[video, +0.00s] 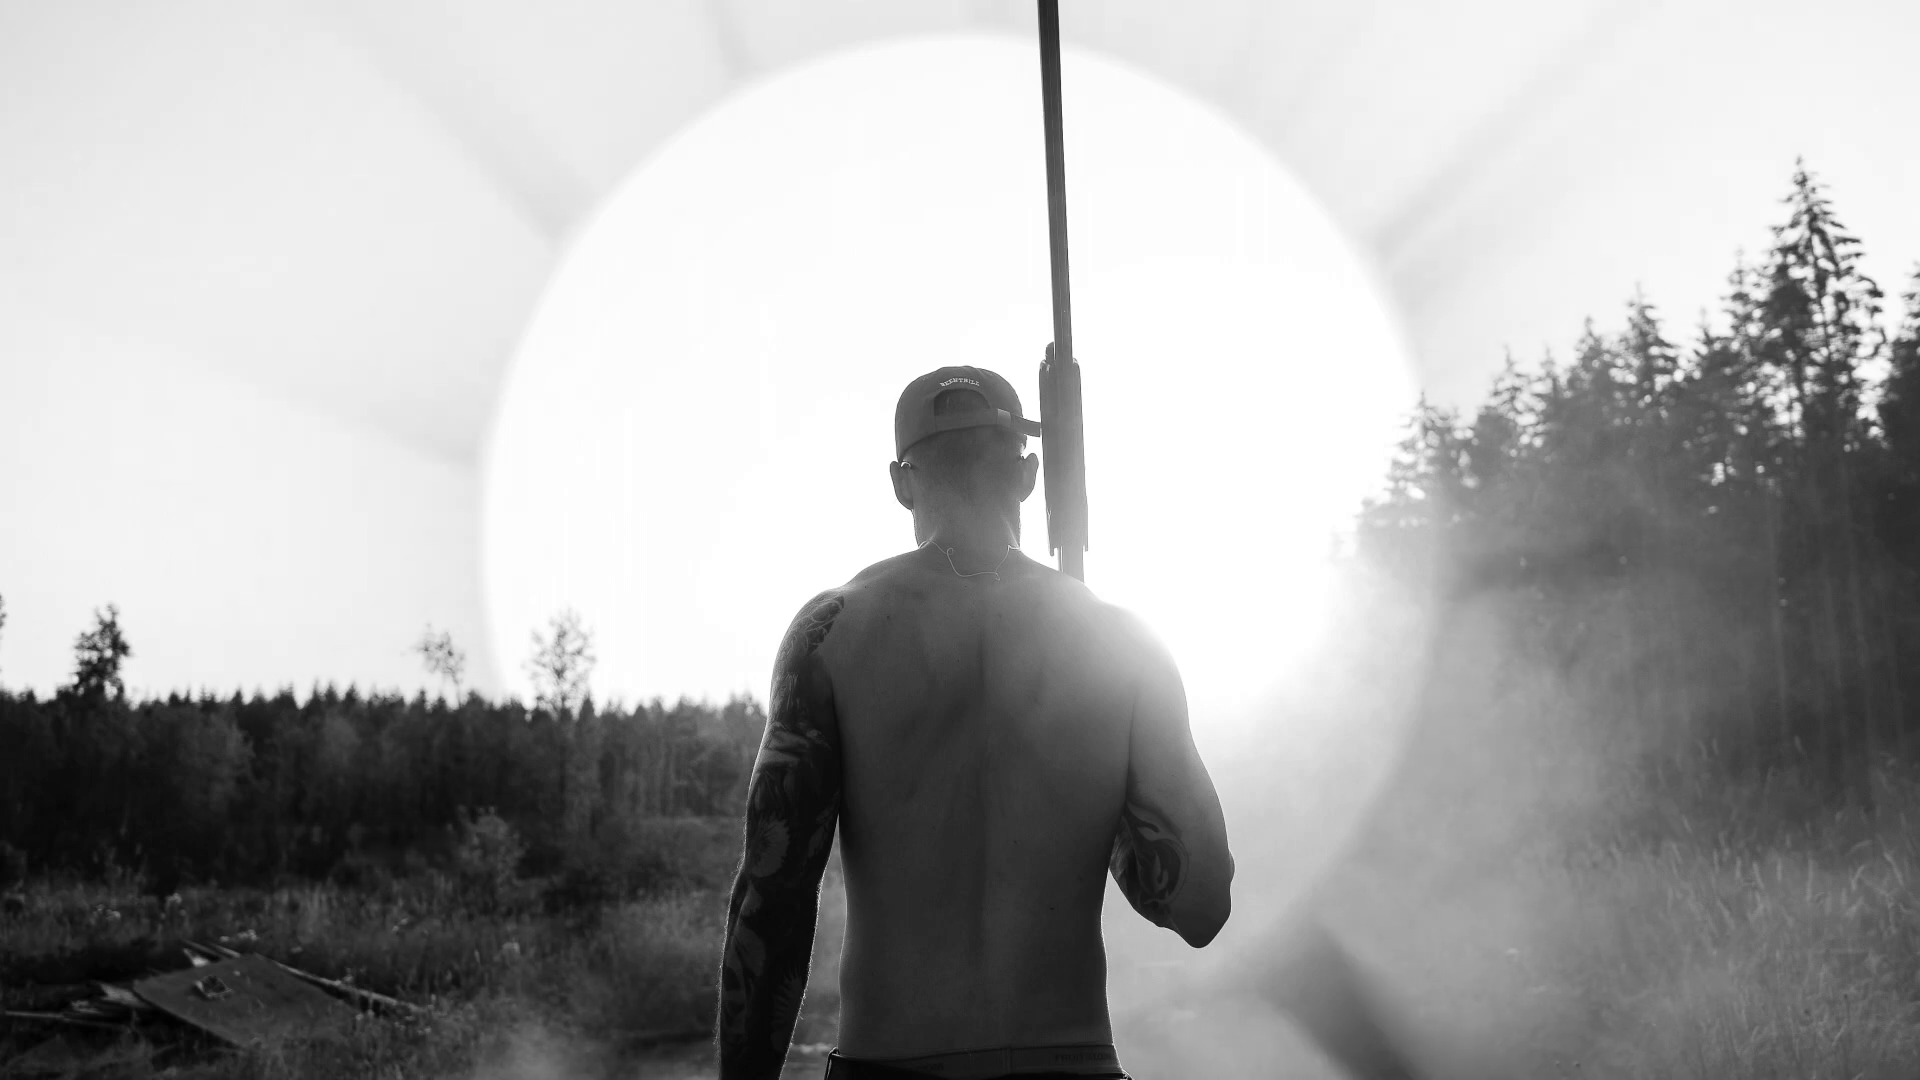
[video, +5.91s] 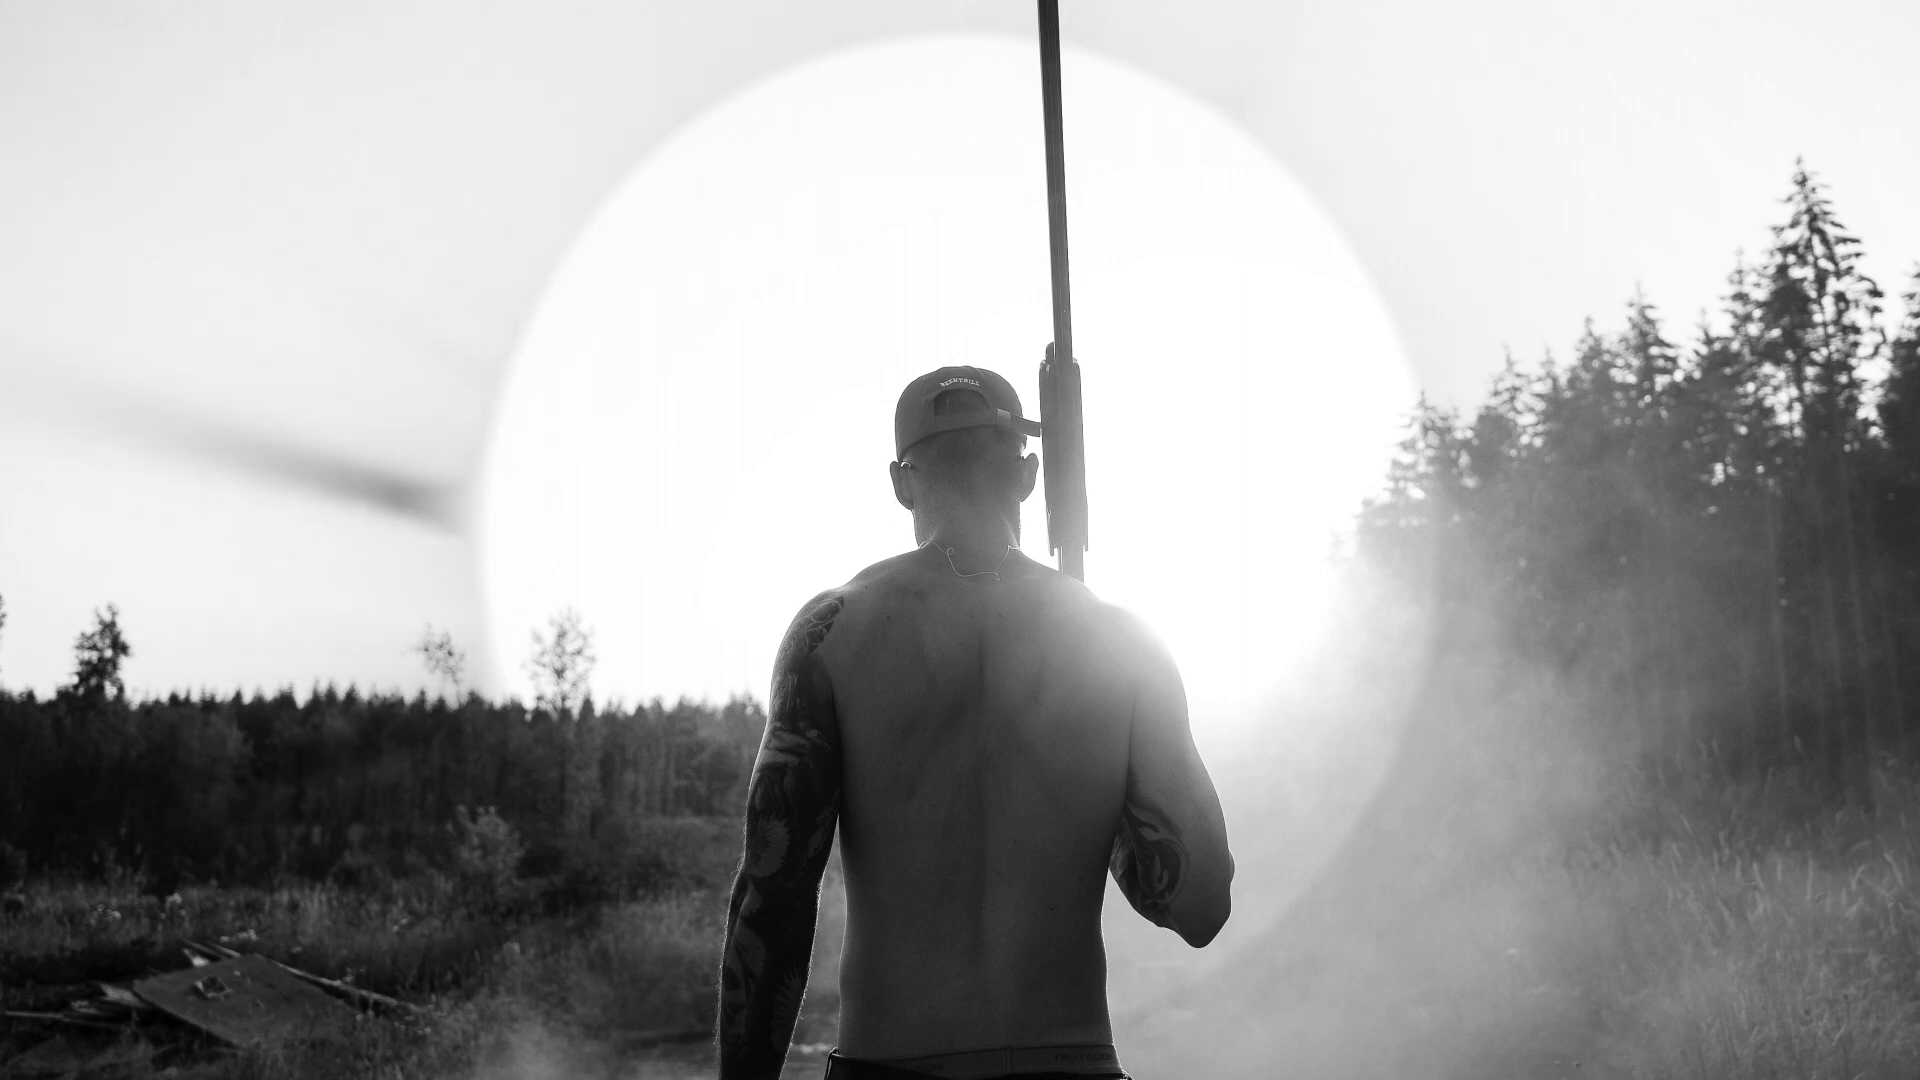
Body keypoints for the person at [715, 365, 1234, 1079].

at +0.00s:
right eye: (1017, 450)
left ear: (903, 486)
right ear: (1027, 476)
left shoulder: (832, 630)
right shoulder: (1121, 641)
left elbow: (773, 884)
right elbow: (1201, 904)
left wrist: (747, 1063)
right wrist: (1102, 803)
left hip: (887, 1045)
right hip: (1068, 1045)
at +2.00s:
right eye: (1017, 450)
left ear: (903, 486)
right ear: (1027, 476)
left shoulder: (832, 630)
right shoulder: (1121, 641)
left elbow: (773, 884)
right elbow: (1201, 904)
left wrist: (747, 1063)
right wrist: (1102, 803)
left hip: (887, 1045)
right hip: (1067, 1045)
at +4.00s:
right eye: (1015, 448)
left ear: (903, 486)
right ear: (1028, 477)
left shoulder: (831, 630)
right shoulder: (1121, 641)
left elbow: (773, 886)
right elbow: (1201, 905)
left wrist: (747, 1063)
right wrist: (1101, 800)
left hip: (886, 1046)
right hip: (1068, 1046)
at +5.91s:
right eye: (1015, 449)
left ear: (903, 486)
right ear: (1028, 477)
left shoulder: (831, 630)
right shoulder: (1121, 641)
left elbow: (773, 885)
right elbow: (1201, 905)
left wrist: (747, 1062)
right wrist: (1101, 800)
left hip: (886, 1046)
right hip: (1068, 1046)